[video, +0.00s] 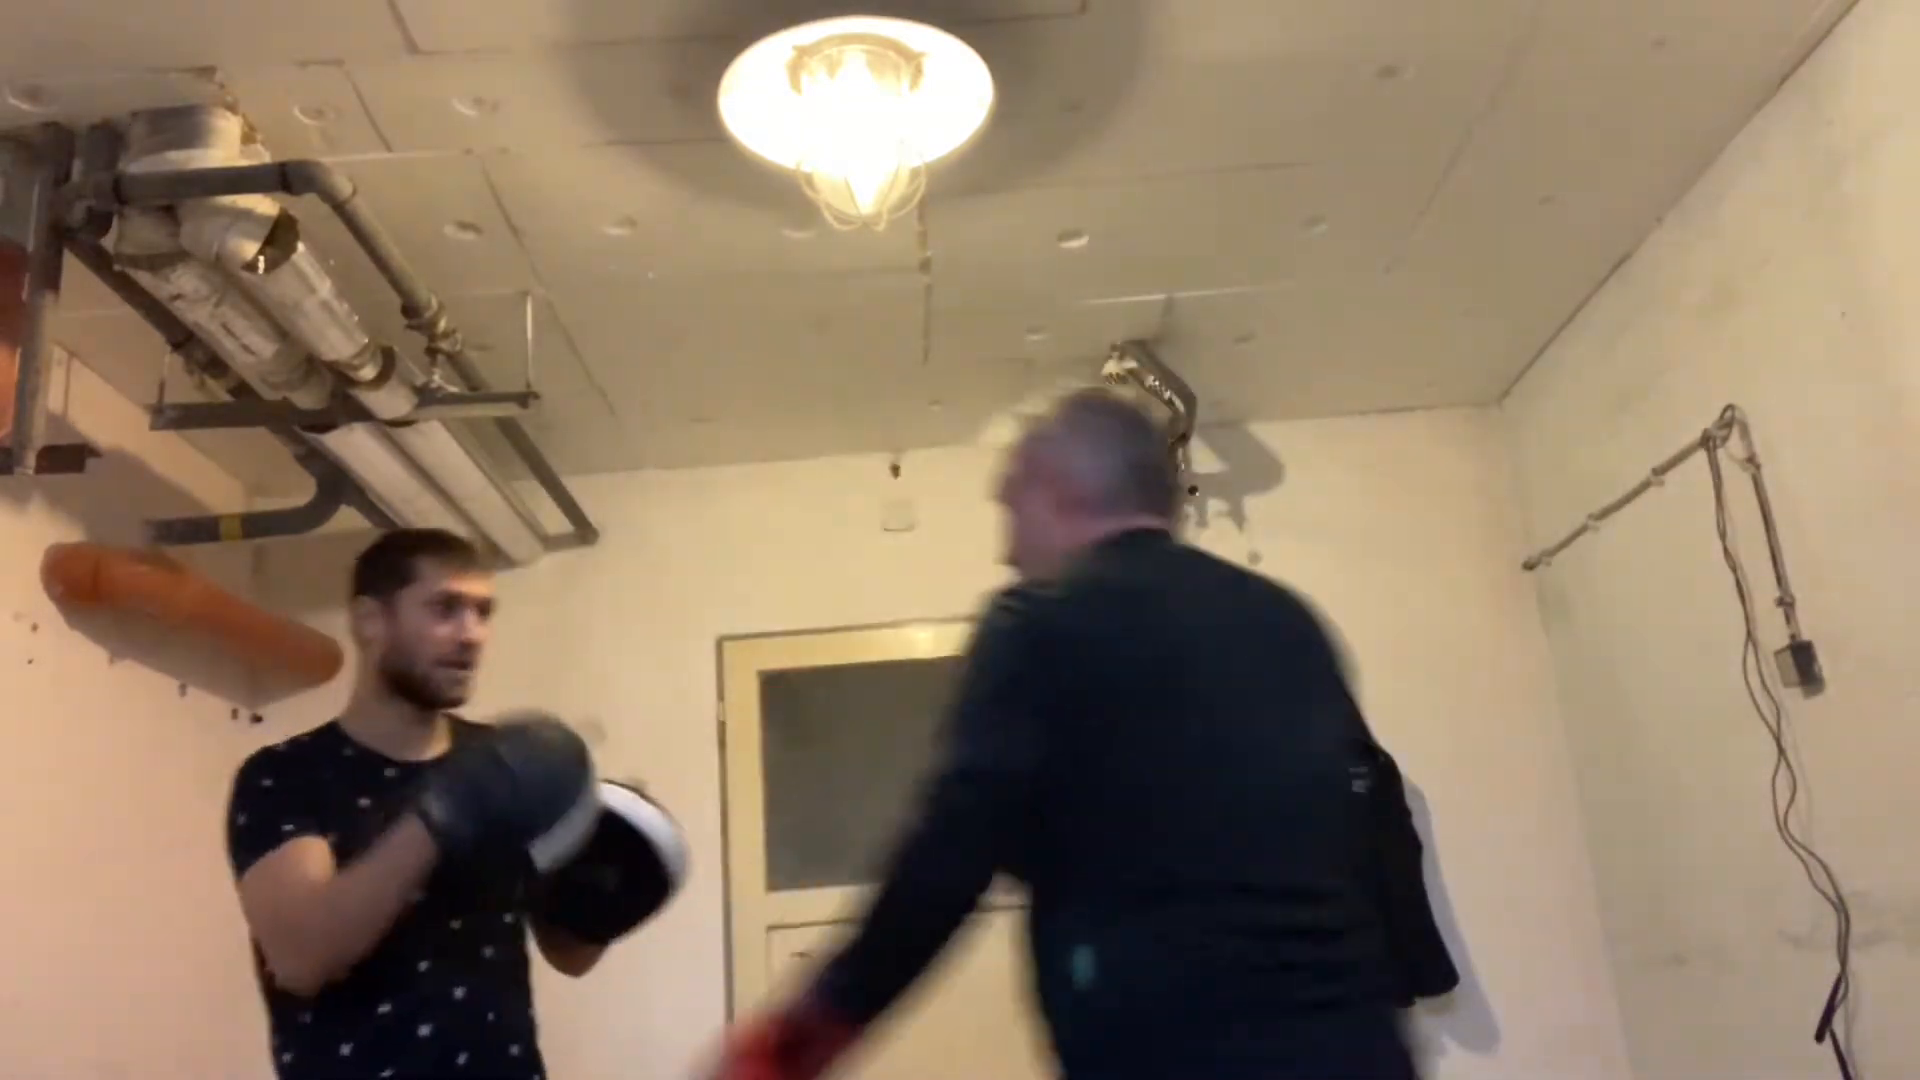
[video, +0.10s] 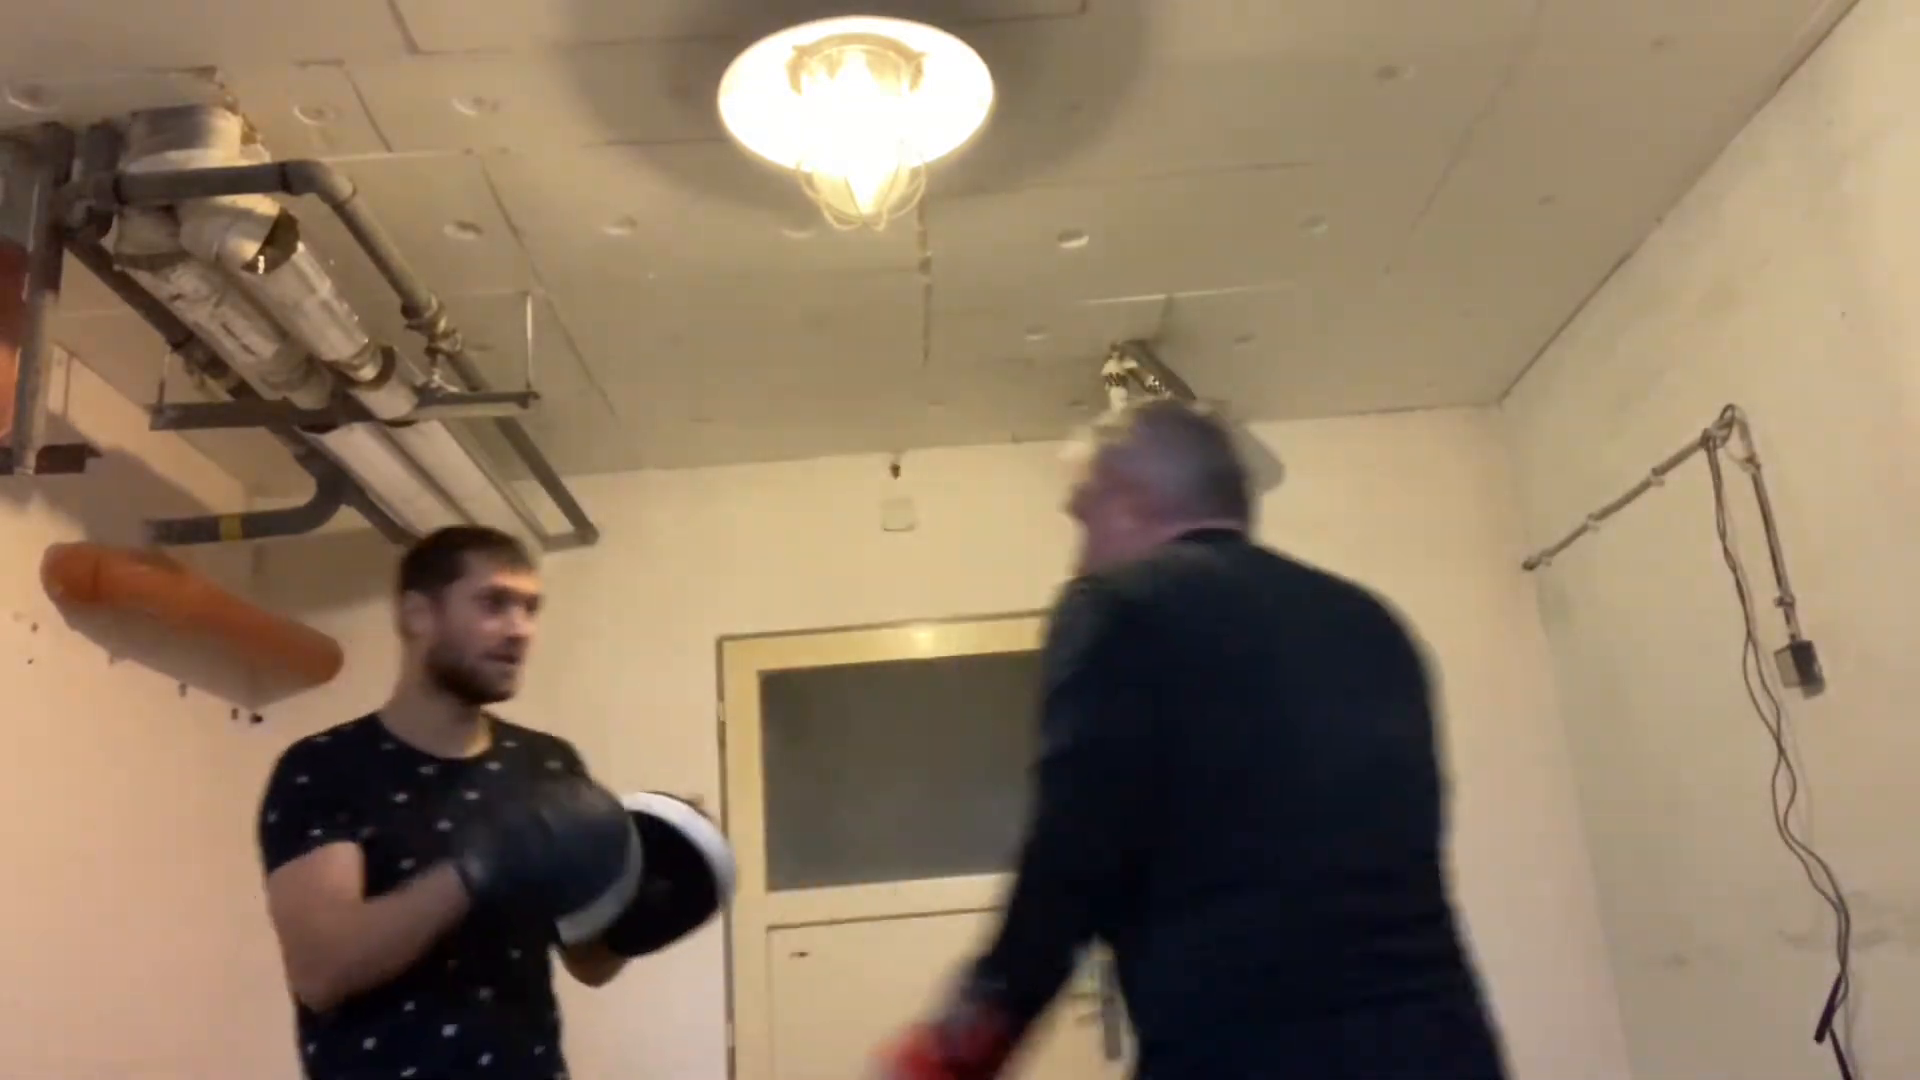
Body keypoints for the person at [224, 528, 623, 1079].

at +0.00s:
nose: (471, 634)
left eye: (482, 614)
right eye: (445, 610)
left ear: (491, 624)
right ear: (369, 622)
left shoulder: (503, 765)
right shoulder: (282, 779)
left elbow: (571, 954)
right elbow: (301, 953)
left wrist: (597, 881)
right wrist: (445, 812)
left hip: (501, 1066)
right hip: (354, 1069)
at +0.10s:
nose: (519, 630)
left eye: (529, 610)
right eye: (493, 605)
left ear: (538, 620)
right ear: (416, 616)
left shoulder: (546, 767)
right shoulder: (321, 773)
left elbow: (590, 960)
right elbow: (320, 967)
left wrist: (648, 898)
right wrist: (479, 865)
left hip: (525, 1066)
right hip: (379, 1069)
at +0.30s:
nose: (614, 618)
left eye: (621, 600)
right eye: (589, 593)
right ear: (514, 600)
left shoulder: (627, 766)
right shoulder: (400, 754)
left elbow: (625, 944)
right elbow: (359, 959)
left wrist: (687, 922)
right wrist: (527, 920)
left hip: (584, 1064)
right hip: (434, 1067)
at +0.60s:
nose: (653, 598)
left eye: (661, 579)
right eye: (626, 571)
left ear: (671, 589)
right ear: (551, 579)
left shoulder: (681, 751)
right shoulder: (443, 741)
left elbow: (732, 951)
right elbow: (397, 955)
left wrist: (793, 900)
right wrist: (566, 900)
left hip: (628, 1064)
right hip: (474, 1065)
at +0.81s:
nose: (591, 575)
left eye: (611, 554)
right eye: (560, 546)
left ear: (629, 574)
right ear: (499, 560)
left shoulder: (669, 739)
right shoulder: (406, 747)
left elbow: (743, 914)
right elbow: (367, 981)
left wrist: (841, 918)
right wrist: (540, 929)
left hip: (630, 1067)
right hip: (467, 1069)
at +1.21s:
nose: (648, 494)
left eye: (675, 475)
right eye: (618, 461)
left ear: (695, 505)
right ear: (556, 476)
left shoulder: (704, 696)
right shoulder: (435, 663)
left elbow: (727, 909)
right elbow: (378, 920)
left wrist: (901, 936)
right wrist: (622, 870)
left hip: (646, 1059)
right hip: (463, 1059)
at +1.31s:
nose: (707, 494)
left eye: (733, 476)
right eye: (678, 462)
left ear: (751, 504)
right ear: (611, 472)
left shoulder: (747, 704)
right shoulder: (484, 655)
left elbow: (774, 913)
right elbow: (413, 911)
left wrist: (958, 939)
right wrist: (670, 873)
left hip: (669, 1063)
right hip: (486, 1062)